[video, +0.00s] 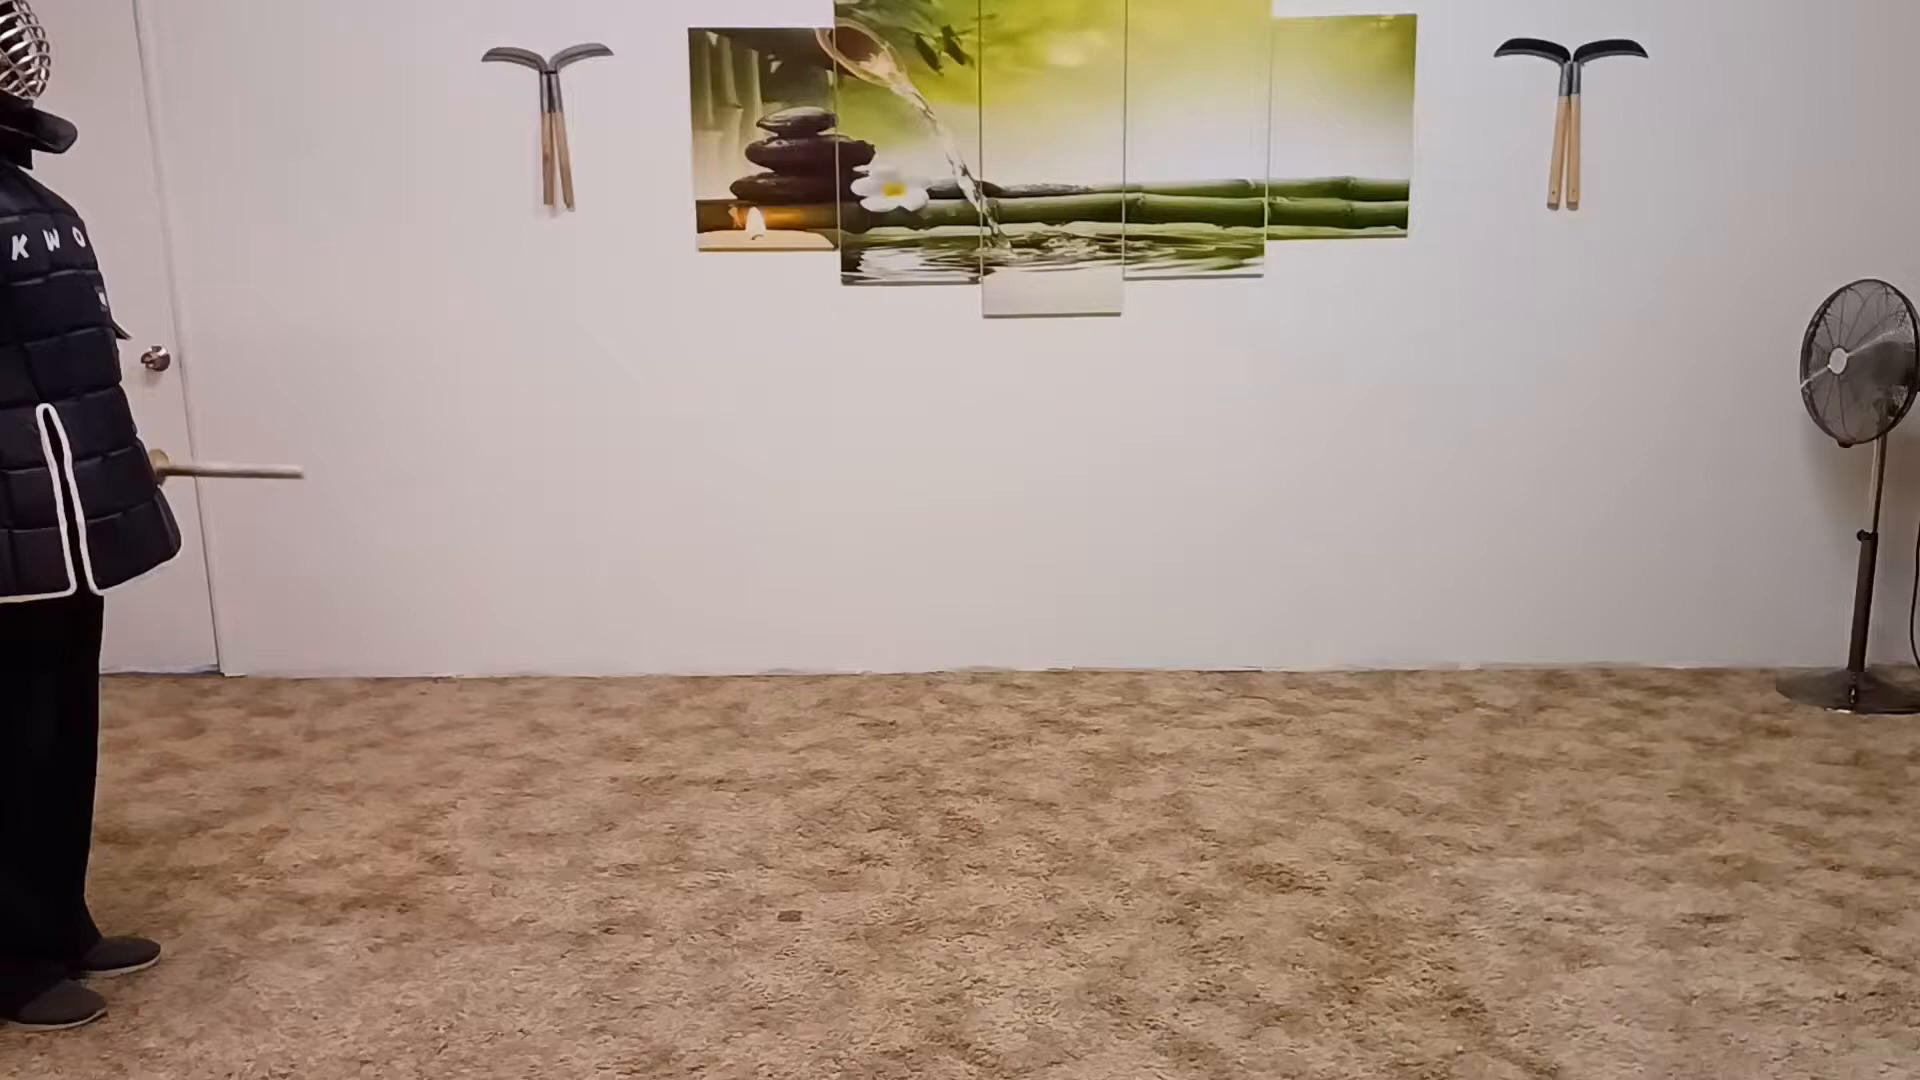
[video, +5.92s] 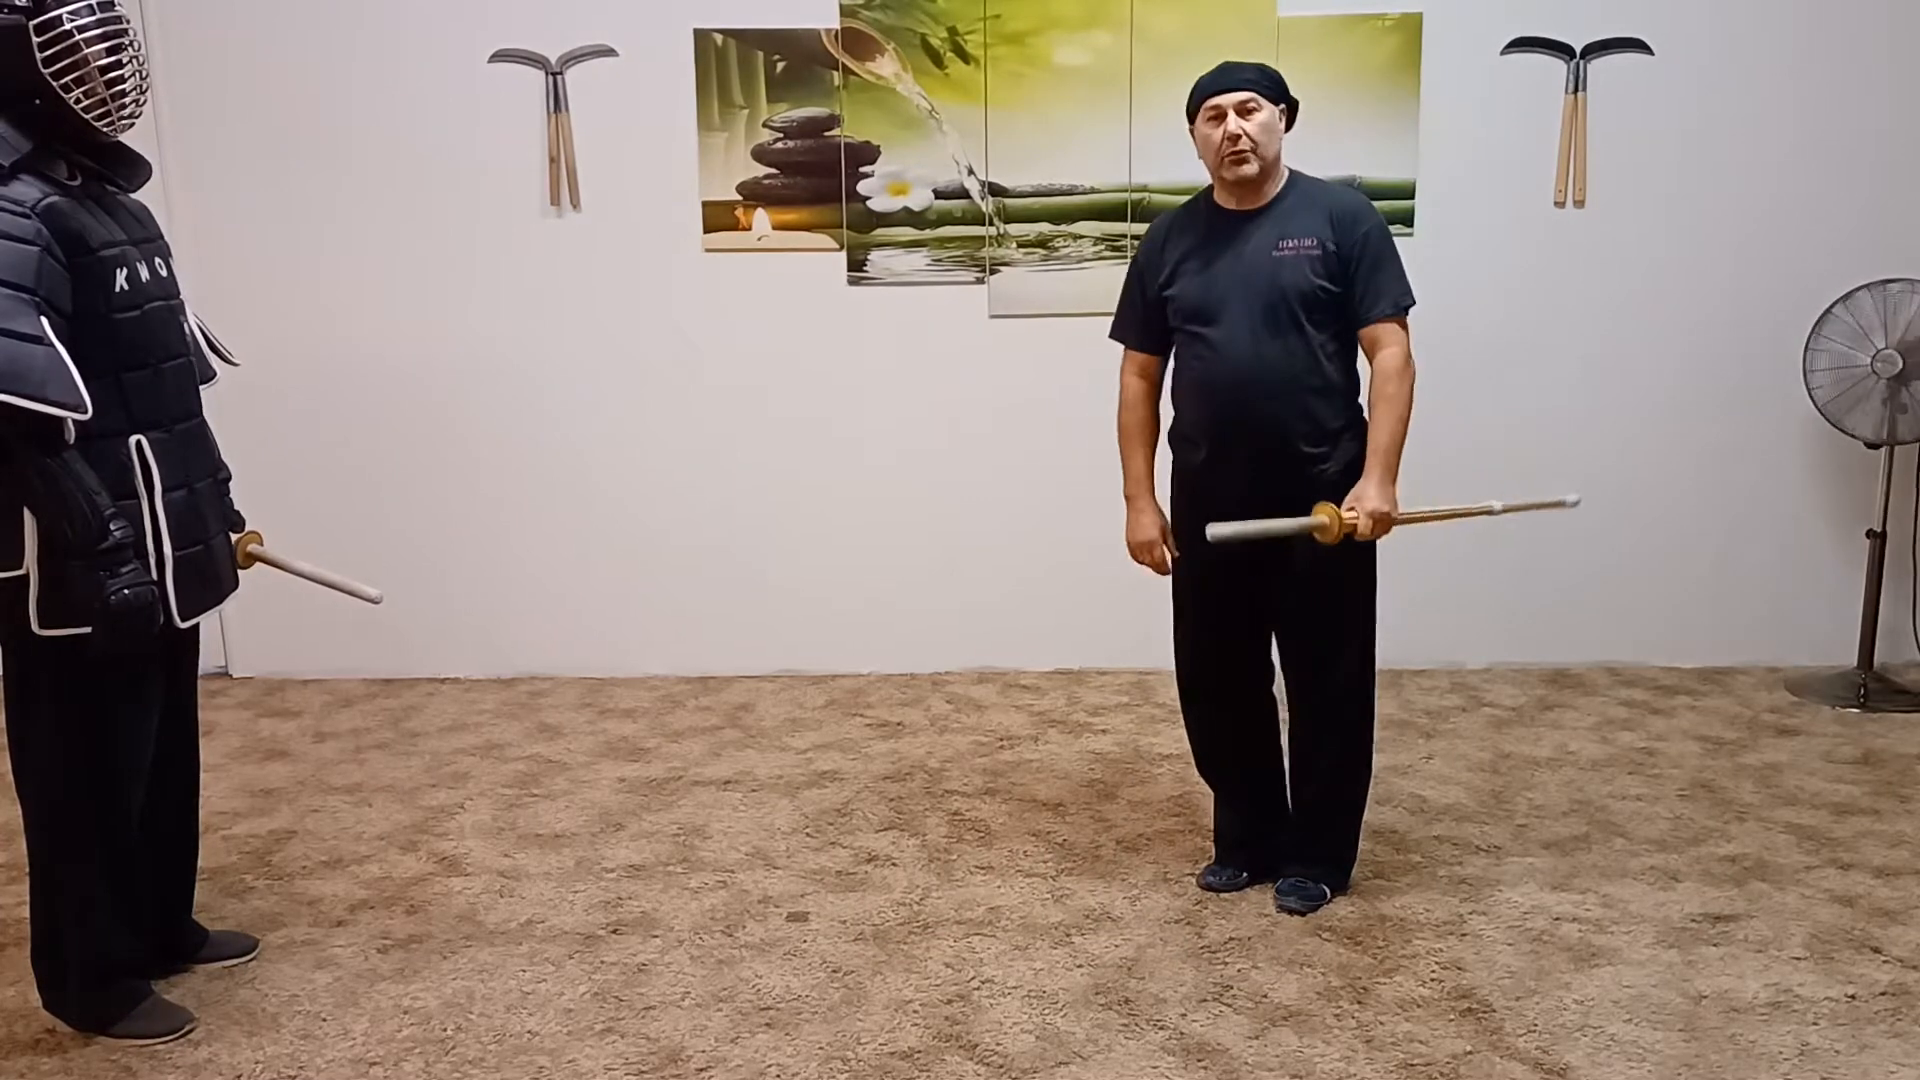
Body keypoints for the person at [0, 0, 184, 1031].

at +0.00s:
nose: (28, 87)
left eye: (27, 72)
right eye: (19, 70)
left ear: (21, 92)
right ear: (3, 90)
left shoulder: (44, 202)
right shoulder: (10, 210)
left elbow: (74, 362)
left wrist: (128, 487)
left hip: (69, 541)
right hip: (12, 554)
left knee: (65, 741)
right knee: (13, 753)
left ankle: (63, 931)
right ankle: (13, 968)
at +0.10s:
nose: (30, 82)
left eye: (26, 67)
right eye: (21, 65)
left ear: (17, 82)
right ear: (6, 80)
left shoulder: (39, 196)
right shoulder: (5, 202)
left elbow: (69, 356)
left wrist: (125, 463)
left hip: (67, 537)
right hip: (11, 551)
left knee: (63, 741)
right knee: (11, 752)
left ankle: (61, 931)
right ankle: (11, 968)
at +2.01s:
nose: (54, 76)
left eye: (56, 58)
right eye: (31, 61)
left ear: (60, 70)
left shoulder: (61, 206)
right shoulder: (9, 213)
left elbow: (100, 387)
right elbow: (15, 411)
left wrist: (161, 507)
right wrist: (22, 562)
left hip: (109, 545)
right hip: (37, 559)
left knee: (106, 754)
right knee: (47, 768)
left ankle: (89, 939)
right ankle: (62, 985)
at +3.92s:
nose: (115, 78)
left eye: (111, 58)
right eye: (92, 60)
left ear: (86, 72)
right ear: (41, 71)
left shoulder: (111, 201)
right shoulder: (17, 206)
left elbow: (165, 384)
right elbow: (25, 399)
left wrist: (211, 507)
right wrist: (92, 536)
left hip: (152, 540)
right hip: (70, 552)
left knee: (152, 752)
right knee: (83, 768)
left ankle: (156, 931)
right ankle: (90, 982)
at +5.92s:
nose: (124, 67)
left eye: (120, 47)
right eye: (100, 49)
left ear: (96, 69)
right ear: (47, 67)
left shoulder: (120, 200)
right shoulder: (20, 207)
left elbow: (174, 382)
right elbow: (24, 401)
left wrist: (219, 509)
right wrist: (98, 539)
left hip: (158, 548)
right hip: (70, 559)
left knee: (160, 753)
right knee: (85, 773)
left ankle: (161, 932)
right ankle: (88, 982)